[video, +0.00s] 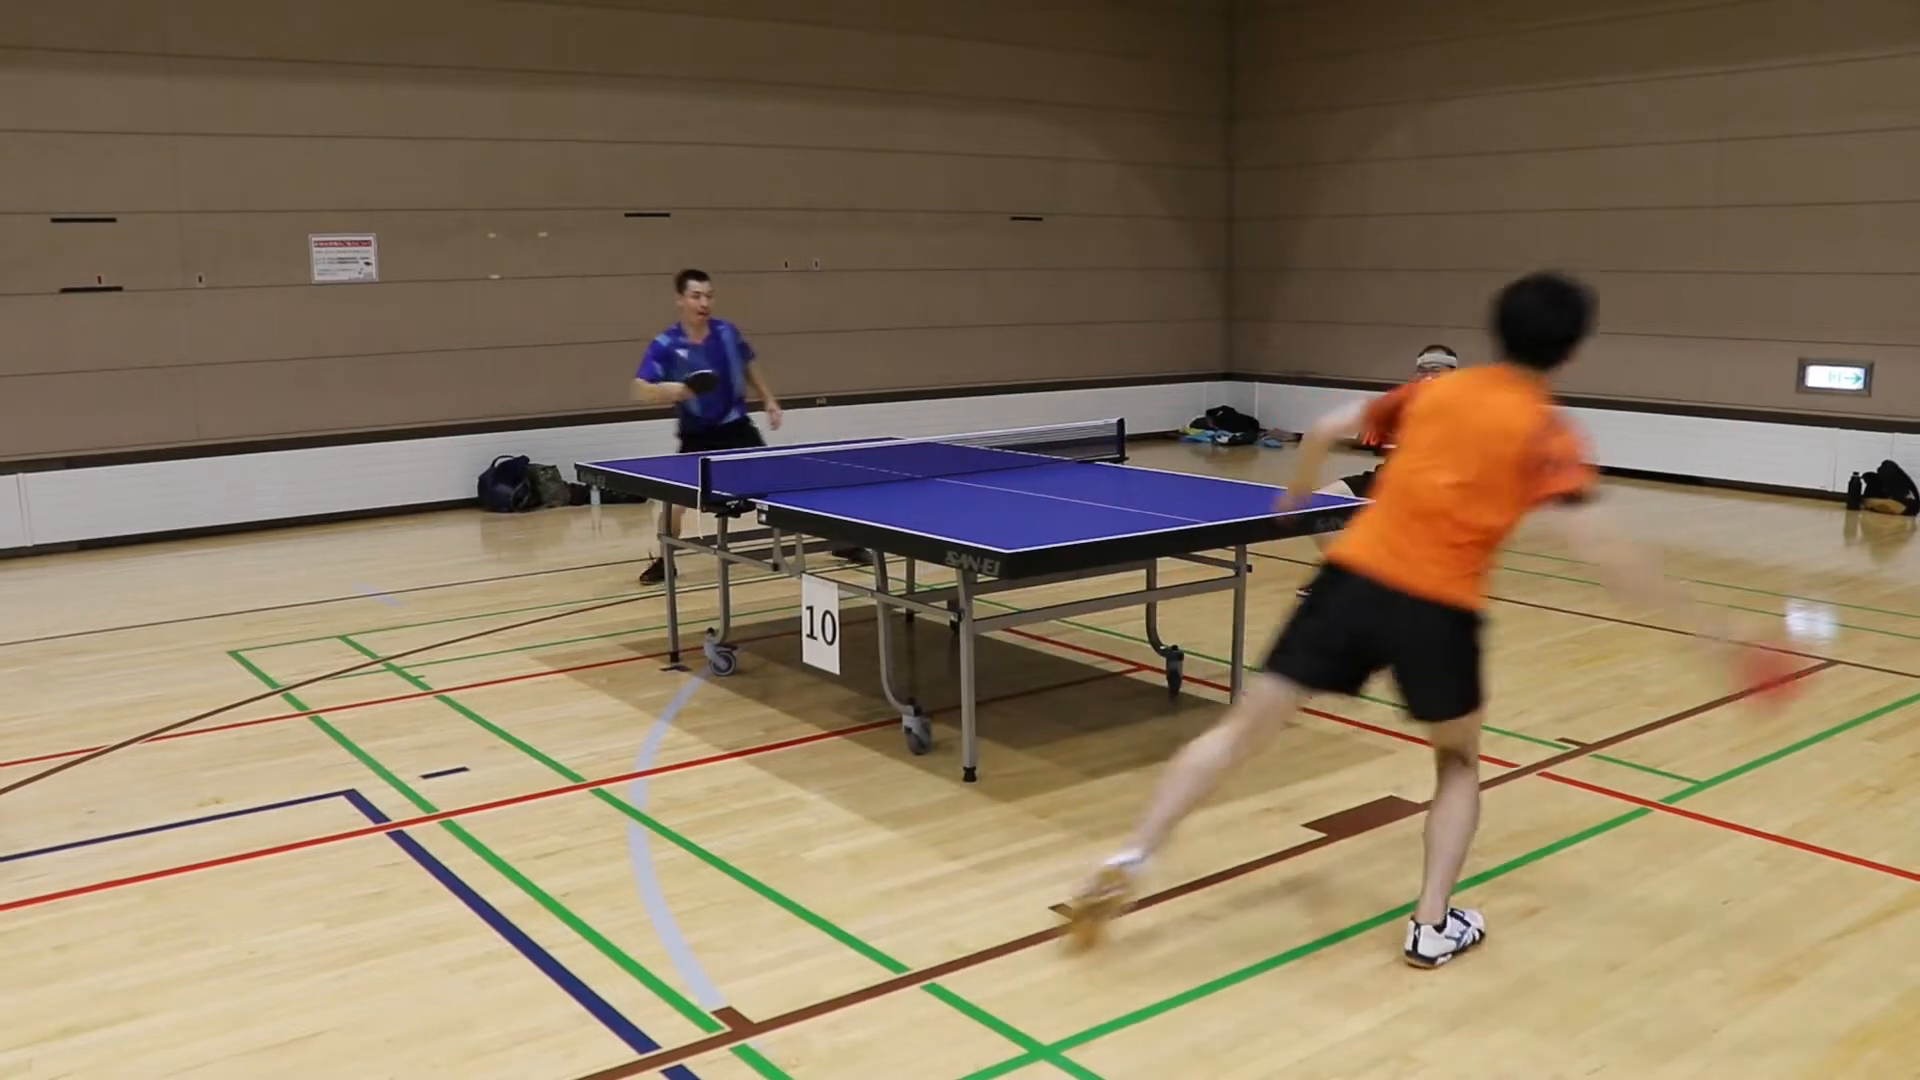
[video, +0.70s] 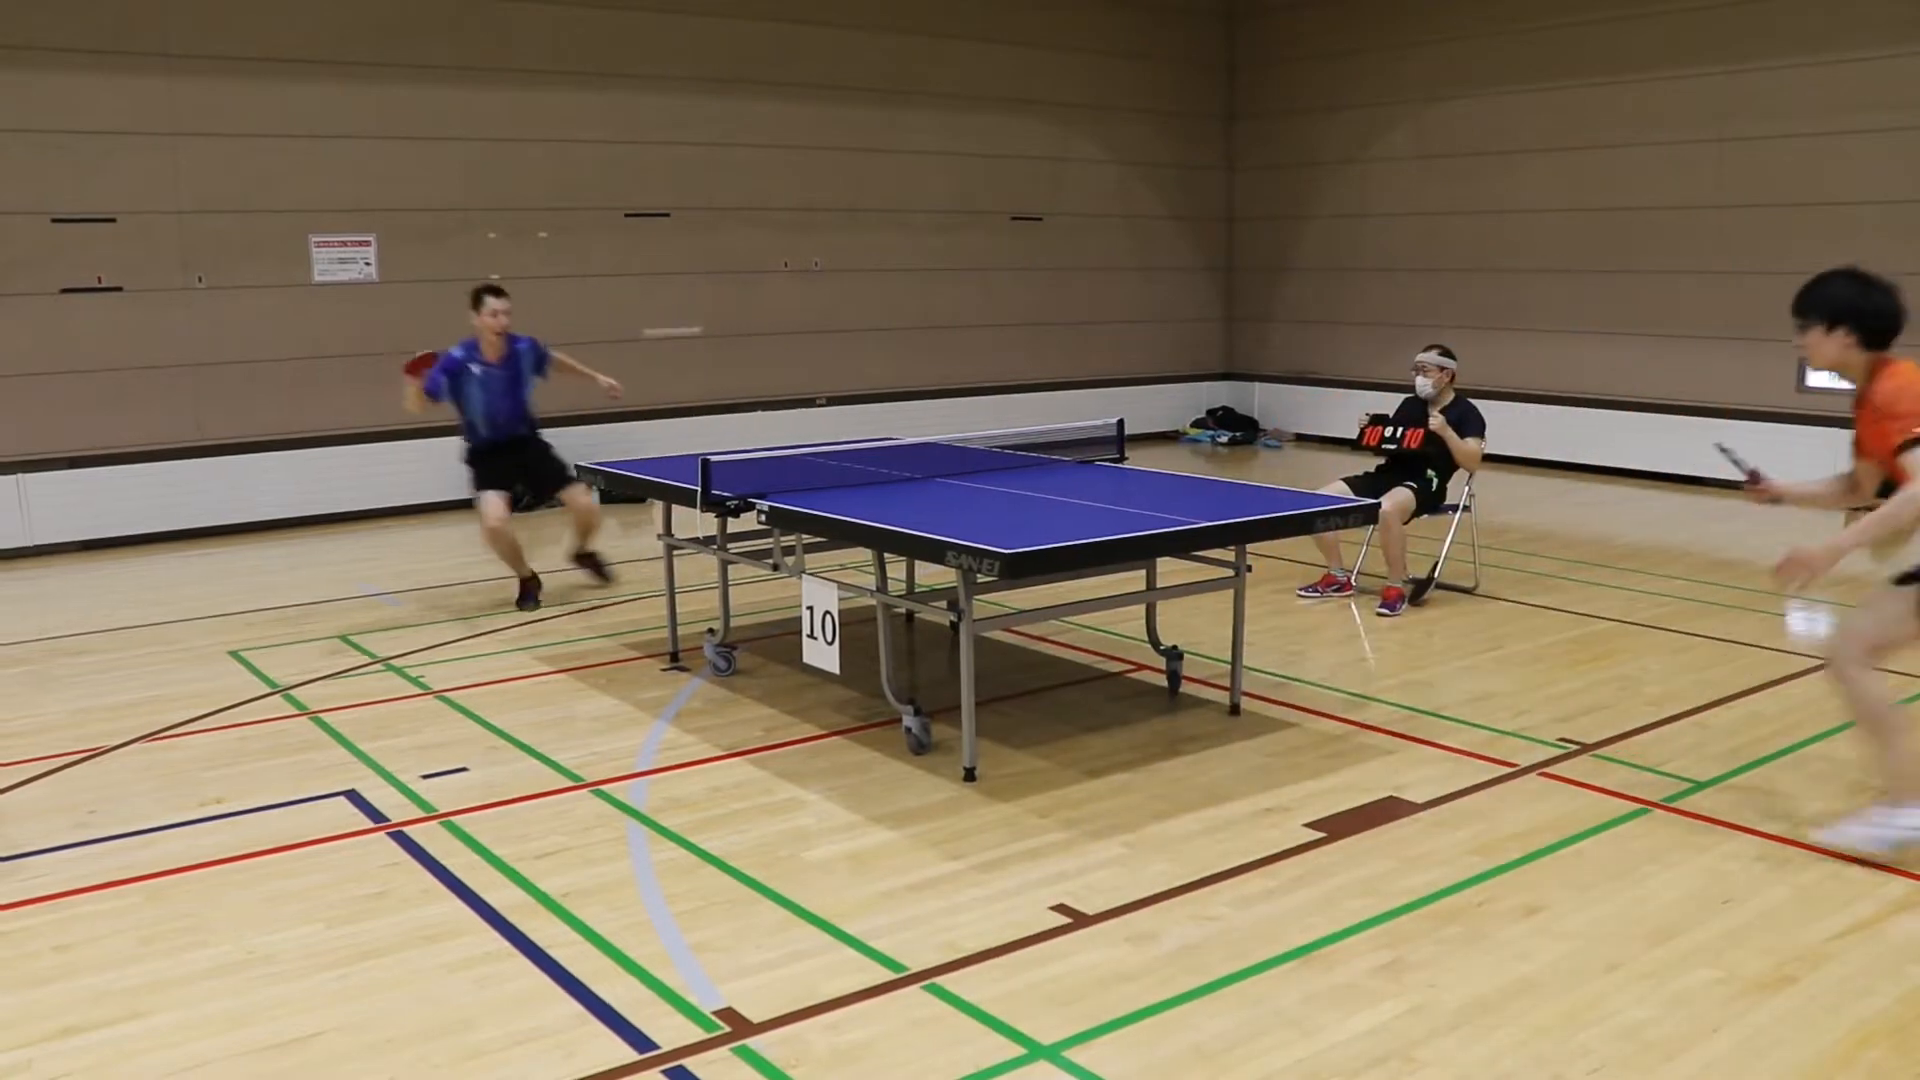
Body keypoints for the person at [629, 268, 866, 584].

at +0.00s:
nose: (704, 303)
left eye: (708, 296)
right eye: (696, 296)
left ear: (713, 300)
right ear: (679, 300)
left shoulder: (726, 333)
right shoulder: (666, 344)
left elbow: (748, 366)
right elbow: (640, 390)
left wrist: (769, 400)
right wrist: (680, 390)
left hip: (739, 430)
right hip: (697, 437)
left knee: (782, 481)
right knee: (674, 500)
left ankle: (839, 538)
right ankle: (664, 559)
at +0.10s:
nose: (684, 290)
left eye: (688, 283)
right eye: (675, 283)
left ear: (692, 287)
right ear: (659, 287)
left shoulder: (705, 322)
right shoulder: (641, 331)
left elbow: (722, 355)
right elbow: (612, 374)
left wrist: (747, 388)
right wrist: (642, 381)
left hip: (711, 424)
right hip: (671, 430)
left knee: (759, 469)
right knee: (657, 497)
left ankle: (782, 536)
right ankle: (660, 556)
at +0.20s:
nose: (665, 286)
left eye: (669, 279)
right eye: (657, 279)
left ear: (672, 282)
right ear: (640, 283)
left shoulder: (687, 319)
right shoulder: (623, 326)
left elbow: (708, 352)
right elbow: (587, 367)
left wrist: (732, 383)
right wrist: (619, 376)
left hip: (687, 421)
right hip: (646, 425)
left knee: (728, 473)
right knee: (635, 491)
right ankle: (617, 554)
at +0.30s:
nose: (646, 303)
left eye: (650, 295)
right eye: (638, 296)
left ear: (655, 297)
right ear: (621, 299)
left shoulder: (669, 335)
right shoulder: (606, 339)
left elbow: (695, 364)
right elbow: (566, 382)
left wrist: (721, 396)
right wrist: (600, 393)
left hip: (664, 437)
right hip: (623, 440)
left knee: (710, 494)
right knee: (599, 505)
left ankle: (687, 543)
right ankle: (555, 574)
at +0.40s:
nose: (618, 331)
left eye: (623, 323)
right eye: (610, 324)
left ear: (628, 325)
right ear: (595, 329)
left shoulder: (646, 361)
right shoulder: (584, 367)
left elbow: (677, 386)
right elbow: (551, 400)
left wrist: (707, 415)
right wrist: (547, 409)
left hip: (637, 462)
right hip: (593, 464)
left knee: (688, 505)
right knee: (569, 505)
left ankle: (684, 552)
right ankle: (537, 580)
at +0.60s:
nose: (529, 342)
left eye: (533, 334)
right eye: (520, 335)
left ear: (539, 335)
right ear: (503, 340)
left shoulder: (558, 367)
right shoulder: (490, 381)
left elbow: (590, 379)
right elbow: (457, 426)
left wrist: (627, 393)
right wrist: (438, 402)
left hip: (564, 462)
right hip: (521, 468)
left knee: (628, 504)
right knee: (516, 514)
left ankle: (643, 548)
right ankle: (530, 583)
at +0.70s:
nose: (501, 322)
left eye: (505, 314)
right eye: (493, 314)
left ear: (511, 316)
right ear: (475, 318)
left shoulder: (524, 348)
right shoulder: (457, 360)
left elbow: (556, 361)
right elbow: (418, 406)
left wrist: (598, 377)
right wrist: (413, 383)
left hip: (528, 446)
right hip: (487, 454)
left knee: (585, 505)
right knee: (494, 523)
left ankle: (582, 552)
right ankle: (527, 578)